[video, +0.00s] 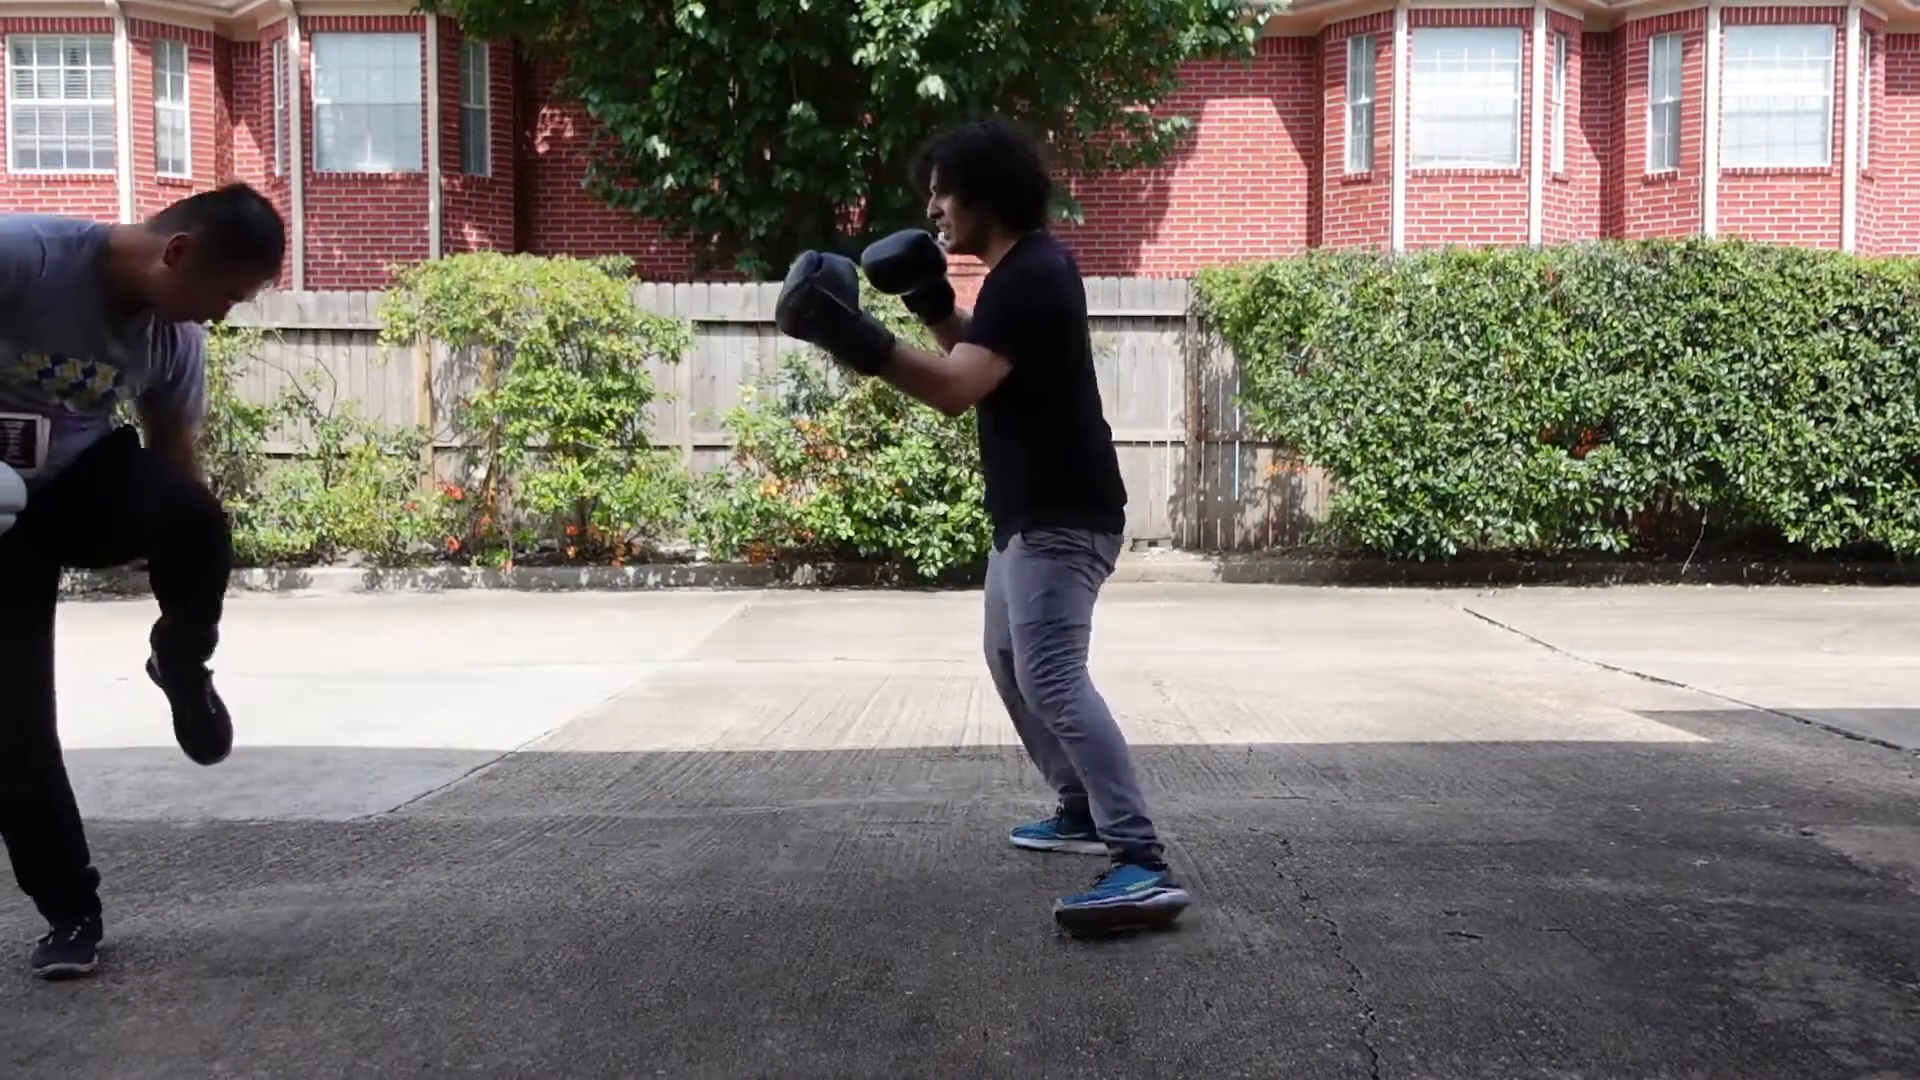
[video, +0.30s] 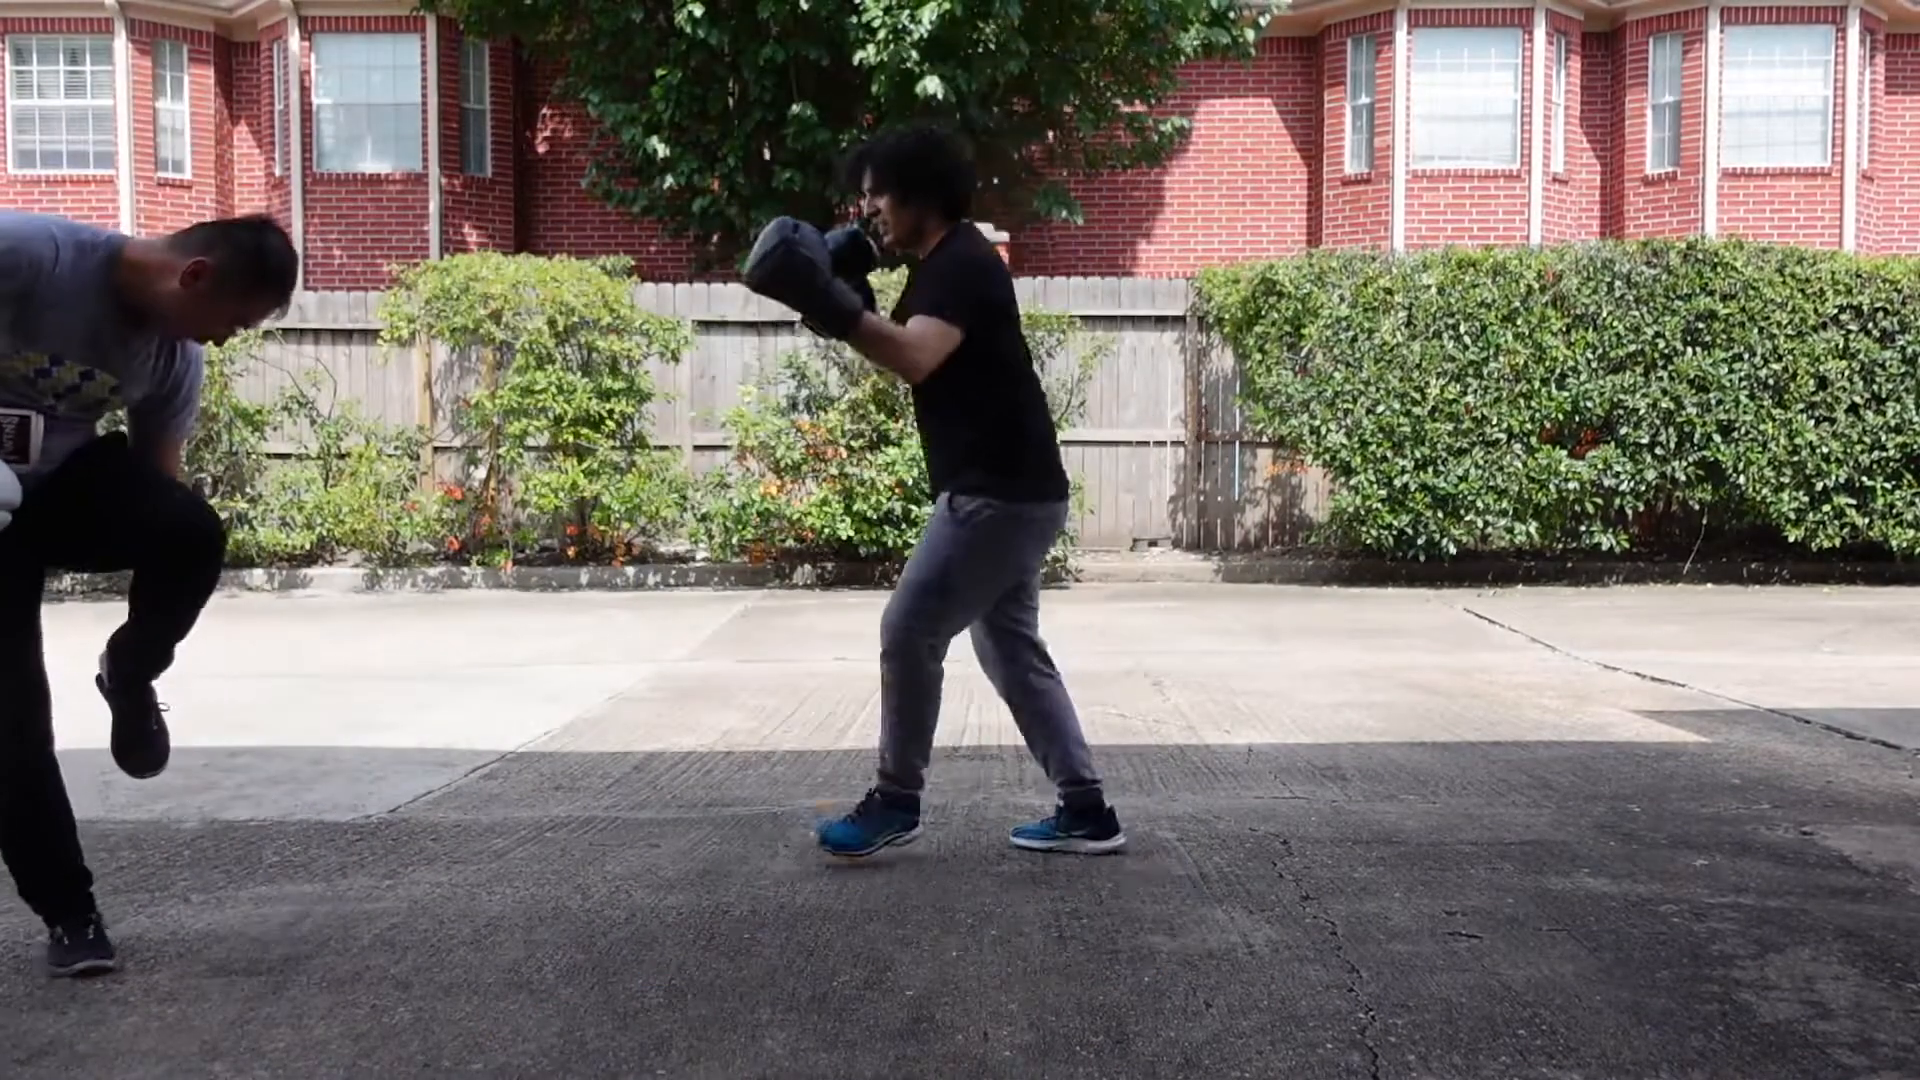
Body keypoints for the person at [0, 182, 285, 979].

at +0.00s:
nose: (224, 313)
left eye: (236, 301)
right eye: (226, 294)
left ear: (179, 254)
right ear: (179, 252)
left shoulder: (174, 345)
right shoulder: (24, 257)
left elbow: (180, 477)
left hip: (84, 485)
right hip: (4, 507)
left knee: (196, 518)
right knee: (16, 730)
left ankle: (182, 659)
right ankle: (70, 915)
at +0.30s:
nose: (223, 339)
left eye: (238, 330)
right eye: (232, 322)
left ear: (198, 276)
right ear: (197, 273)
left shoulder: (172, 361)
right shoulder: (34, 257)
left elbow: (161, 484)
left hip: (65, 479)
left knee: (191, 535)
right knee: (12, 719)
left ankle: (130, 670)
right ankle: (68, 912)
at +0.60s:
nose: (193, 338)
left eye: (208, 327)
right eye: (197, 318)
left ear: (159, 272)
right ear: (156, 269)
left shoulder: (161, 348)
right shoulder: (18, 263)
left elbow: (146, 480)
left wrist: (132, 594)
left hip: (63, 489)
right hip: (0, 501)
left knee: (182, 513)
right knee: (9, 711)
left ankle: (144, 674)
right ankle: (46, 916)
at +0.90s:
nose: (175, 348)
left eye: (189, 337)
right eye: (173, 329)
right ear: (128, 281)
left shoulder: (171, 363)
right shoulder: (12, 274)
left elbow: (156, 488)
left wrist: (138, 601)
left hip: (75, 476)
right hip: (0, 495)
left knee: (195, 472)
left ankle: (167, 659)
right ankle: (40, 909)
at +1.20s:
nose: (162, 373)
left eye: (177, 362)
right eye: (154, 355)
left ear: (201, 336)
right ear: (113, 296)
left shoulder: (194, 367)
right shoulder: (19, 287)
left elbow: (182, 491)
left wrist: (159, 607)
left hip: (85, 480)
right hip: (4, 498)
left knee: (203, 460)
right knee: (5, 707)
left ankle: (184, 666)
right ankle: (42, 907)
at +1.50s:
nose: (158, 302)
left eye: (174, 295)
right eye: (152, 286)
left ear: (205, 272)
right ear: (126, 224)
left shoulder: (218, 272)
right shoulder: (20, 249)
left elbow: (241, 352)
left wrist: (247, 445)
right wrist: (5, 439)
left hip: (150, 518)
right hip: (25, 526)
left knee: (178, 715)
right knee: (25, 729)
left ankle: (169, 921)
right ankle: (45, 916)